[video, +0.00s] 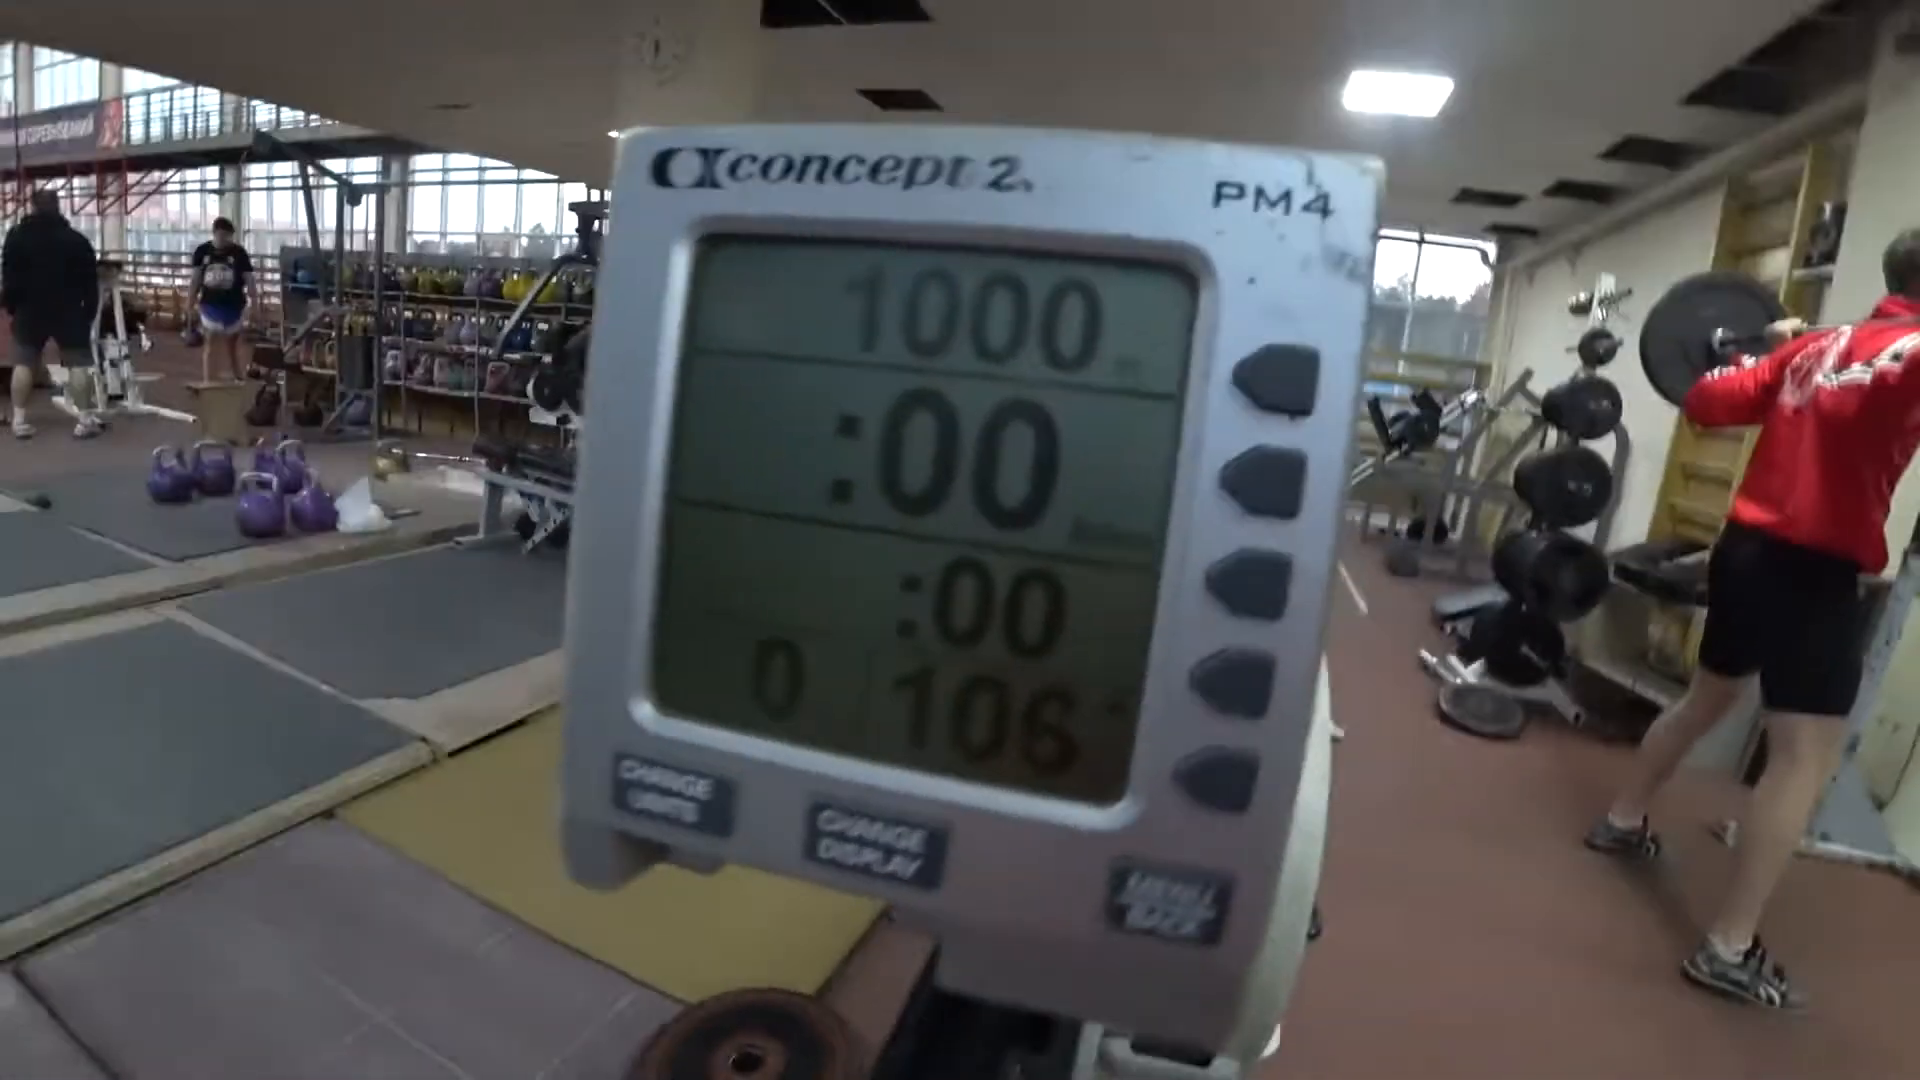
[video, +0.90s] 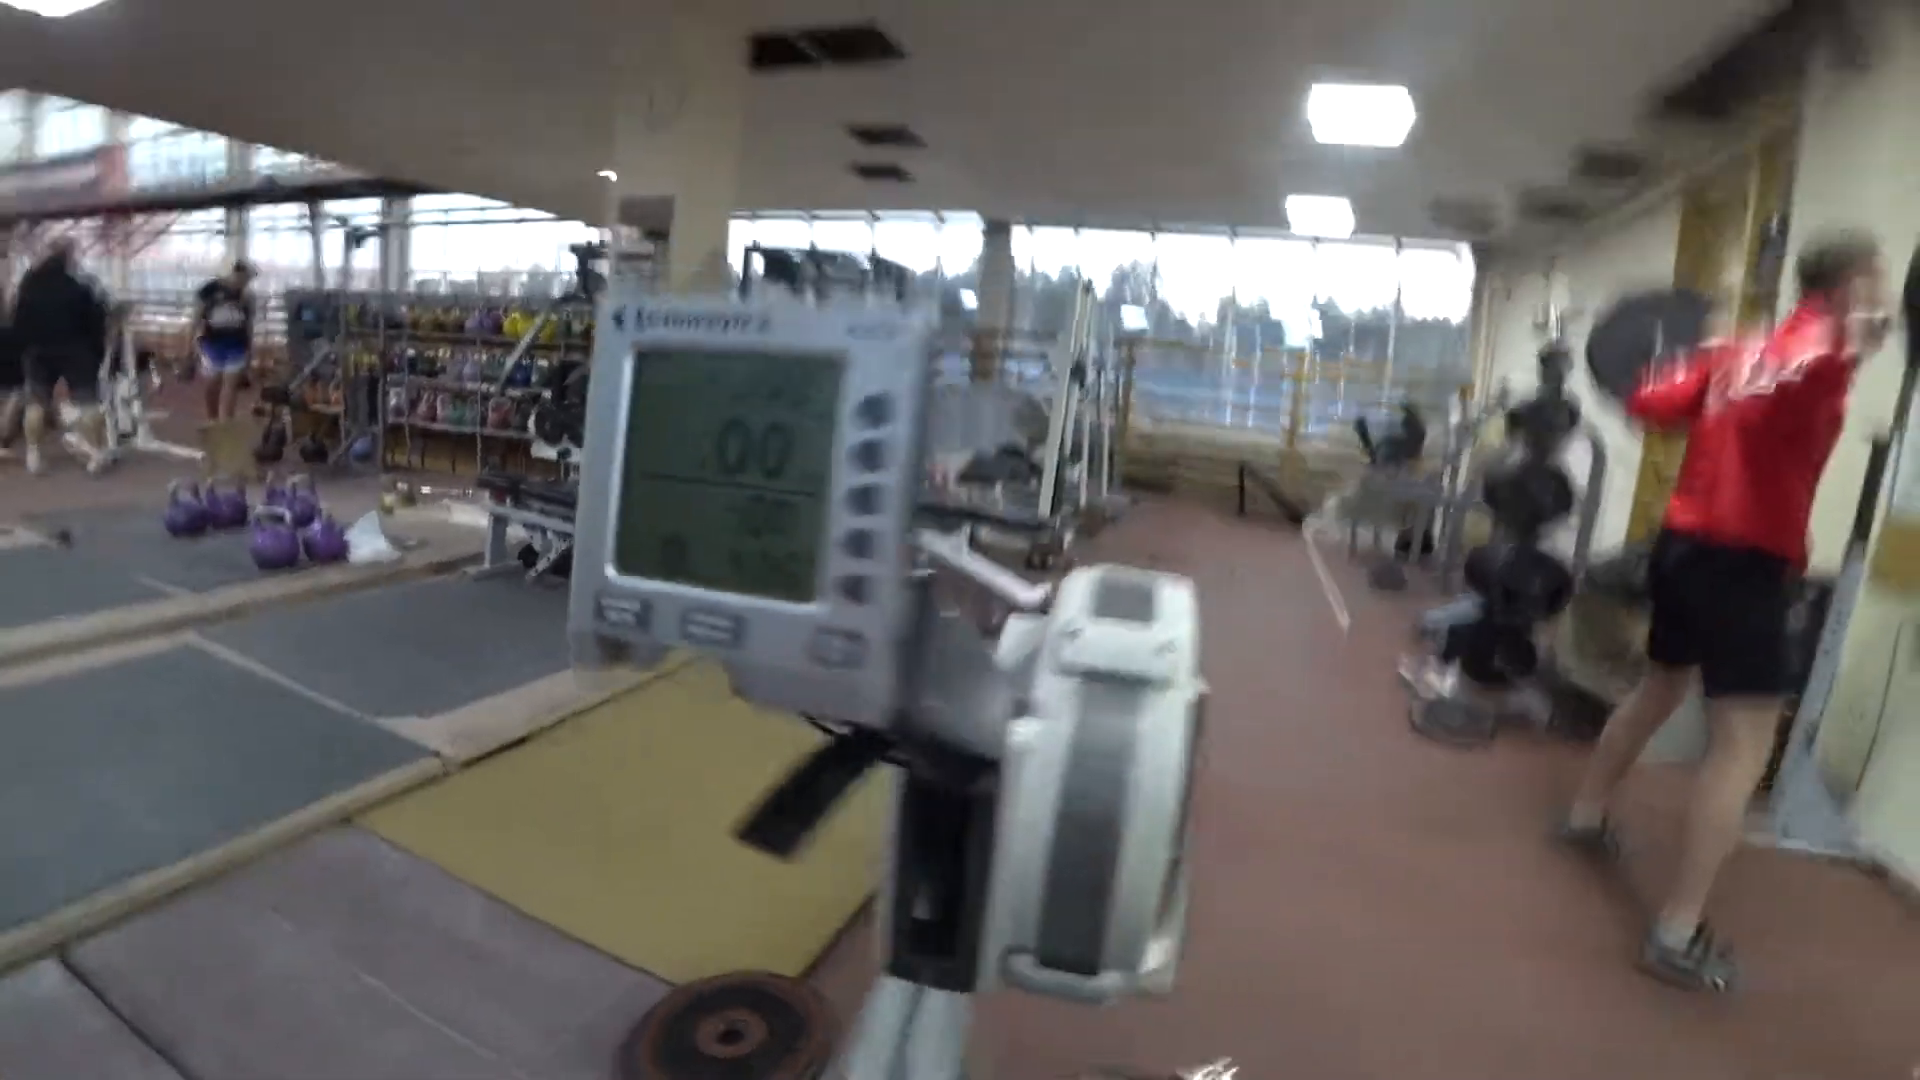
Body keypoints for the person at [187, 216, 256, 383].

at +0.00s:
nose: (222, 239)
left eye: (226, 235)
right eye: (219, 235)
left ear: (232, 235)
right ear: (213, 234)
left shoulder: (239, 252)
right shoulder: (202, 251)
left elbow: (249, 281)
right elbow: (195, 280)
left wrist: (255, 307)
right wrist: (189, 306)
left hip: (234, 306)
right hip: (210, 305)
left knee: (233, 345)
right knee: (210, 345)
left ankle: (239, 379)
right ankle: (208, 383)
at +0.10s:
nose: (198, 289)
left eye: (201, 285)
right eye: (194, 285)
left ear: (206, 284)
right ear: (187, 285)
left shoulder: (215, 301)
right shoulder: (177, 303)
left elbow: (227, 329)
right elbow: (174, 334)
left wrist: (235, 354)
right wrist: (173, 360)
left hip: (215, 353)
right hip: (190, 354)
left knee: (219, 390)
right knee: (195, 393)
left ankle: (229, 424)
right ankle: (199, 430)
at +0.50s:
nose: (192, 298)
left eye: (195, 294)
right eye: (188, 295)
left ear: (198, 293)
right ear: (179, 294)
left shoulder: (204, 309)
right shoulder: (166, 310)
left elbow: (216, 337)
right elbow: (161, 341)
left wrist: (219, 363)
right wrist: (162, 369)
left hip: (205, 362)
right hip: (180, 365)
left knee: (211, 403)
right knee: (191, 407)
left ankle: (214, 444)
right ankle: (200, 446)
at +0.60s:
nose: (194, 308)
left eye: (198, 304)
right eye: (191, 304)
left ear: (203, 302)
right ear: (182, 301)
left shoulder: (209, 317)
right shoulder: (170, 318)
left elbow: (219, 344)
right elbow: (165, 349)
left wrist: (222, 368)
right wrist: (163, 378)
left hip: (209, 367)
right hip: (183, 370)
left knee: (210, 408)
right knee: (193, 413)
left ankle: (215, 450)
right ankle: (204, 450)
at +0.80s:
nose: (232, 257)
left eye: (234, 253)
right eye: (230, 252)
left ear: (234, 253)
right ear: (220, 250)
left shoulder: (234, 273)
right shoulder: (198, 265)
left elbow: (238, 302)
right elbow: (184, 296)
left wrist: (237, 326)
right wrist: (177, 327)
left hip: (225, 323)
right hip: (201, 323)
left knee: (221, 364)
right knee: (205, 363)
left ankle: (220, 402)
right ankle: (207, 397)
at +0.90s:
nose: (244, 283)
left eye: (246, 279)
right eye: (243, 278)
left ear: (247, 279)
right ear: (236, 274)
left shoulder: (247, 297)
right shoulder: (210, 291)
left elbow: (249, 327)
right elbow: (196, 321)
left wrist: (248, 356)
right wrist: (189, 353)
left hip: (237, 344)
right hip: (212, 343)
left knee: (231, 386)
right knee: (212, 384)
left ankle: (227, 423)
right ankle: (213, 421)